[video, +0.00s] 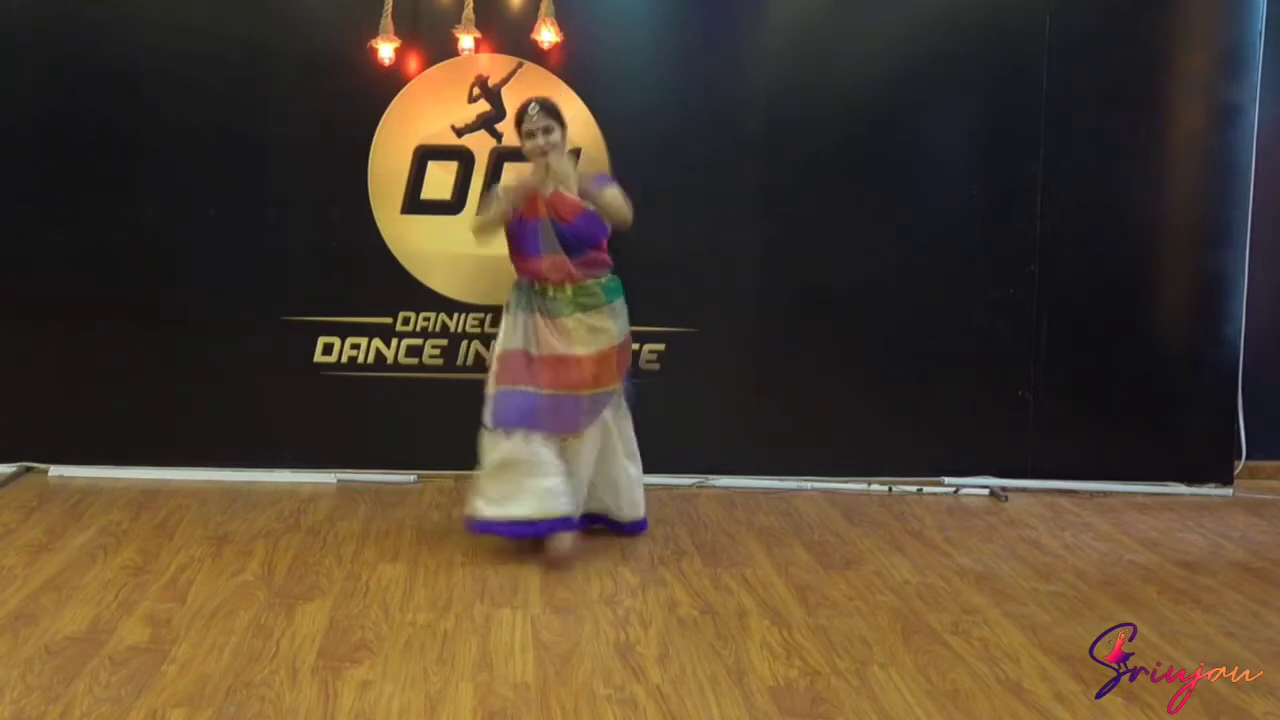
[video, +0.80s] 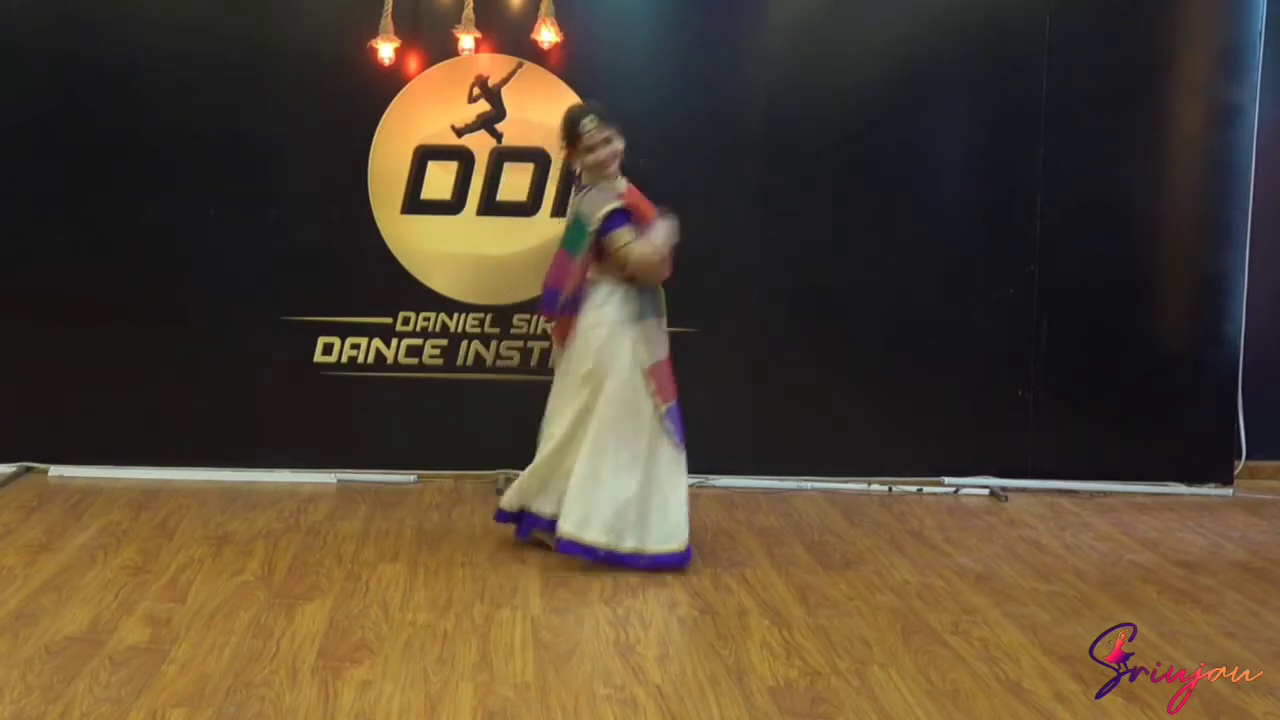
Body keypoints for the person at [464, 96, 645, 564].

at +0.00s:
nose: (539, 140)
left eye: (546, 130)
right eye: (530, 134)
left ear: (564, 134)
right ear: (521, 143)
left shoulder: (592, 185)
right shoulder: (514, 191)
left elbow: (623, 217)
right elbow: (480, 227)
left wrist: (577, 184)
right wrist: (509, 195)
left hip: (590, 312)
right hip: (534, 313)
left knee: (582, 412)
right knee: (525, 414)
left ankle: (570, 509)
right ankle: (557, 519)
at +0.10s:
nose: (535, 153)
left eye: (541, 142)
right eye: (525, 147)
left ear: (560, 144)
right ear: (517, 157)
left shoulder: (595, 197)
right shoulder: (511, 210)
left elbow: (626, 249)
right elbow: (499, 268)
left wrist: (586, 232)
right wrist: (537, 243)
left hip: (596, 323)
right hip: (538, 325)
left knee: (595, 423)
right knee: (538, 425)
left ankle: (606, 511)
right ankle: (594, 519)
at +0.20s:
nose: (527, 173)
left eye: (533, 161)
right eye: (517, 168)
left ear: (552, 159)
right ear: (510, 175)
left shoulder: (595, 209)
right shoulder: (513, 230)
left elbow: (631, 270)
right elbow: (516, 300)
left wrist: (626, 306)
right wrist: (553, 323)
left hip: (609, 339)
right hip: (549, 345)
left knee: (612, 442)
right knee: (562, 448)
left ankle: (643, 521)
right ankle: (565, 542)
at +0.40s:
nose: (529, 197)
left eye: (533, 185)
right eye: (518, 193)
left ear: (553, 176)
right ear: (514, 198)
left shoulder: (605, 215)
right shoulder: (529, 257)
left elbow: (661, 263)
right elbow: (542, 329)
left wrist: (718, 302)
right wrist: (553, 391)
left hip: (632, 346)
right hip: (575, 356)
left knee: (630, 443)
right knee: (574, 445)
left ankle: (632, 535)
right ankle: (570, 537)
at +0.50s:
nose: (535, 200)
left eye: (541, 187)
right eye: (525, 194)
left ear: (562, 177)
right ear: (522, 197)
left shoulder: (610, 209)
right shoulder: (542, 254)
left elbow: (667, 241)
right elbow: (547, 325)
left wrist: (716, 262)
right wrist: (539, 392)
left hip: (637, 344)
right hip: (584, 355)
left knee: (631, 442)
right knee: (589, 446)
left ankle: (626, 536)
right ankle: (565, 538)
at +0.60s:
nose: (556, 188)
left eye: (561, 175)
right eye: (546, 184)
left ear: (580, 166)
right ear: (540, 188)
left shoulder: (615, 193)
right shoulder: (561, 241)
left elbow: (658, 205)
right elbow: (569, 309)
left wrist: (693, 204)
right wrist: (545, 356)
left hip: (639, 337)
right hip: (594, 347)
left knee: (635, 436)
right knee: (597, 440)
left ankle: (642, 533)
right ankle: (564, 537)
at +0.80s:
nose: (605, 151)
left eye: (608, 140)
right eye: (593, 148)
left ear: (620, 140)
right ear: (576, 160)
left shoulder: (612, 194)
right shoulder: (600, 204)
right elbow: (645, 264)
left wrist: (648, 239)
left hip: (614, 324)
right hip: (612, 328)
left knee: (604, 421)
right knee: (625, 426)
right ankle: (609, 530)